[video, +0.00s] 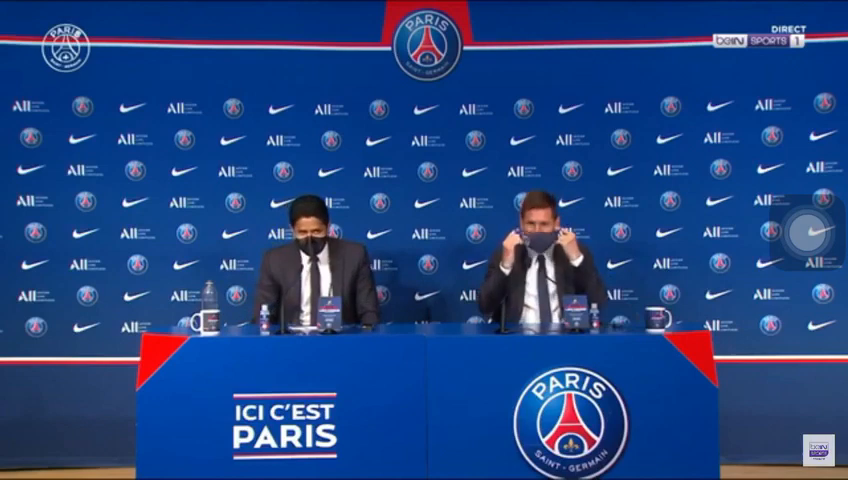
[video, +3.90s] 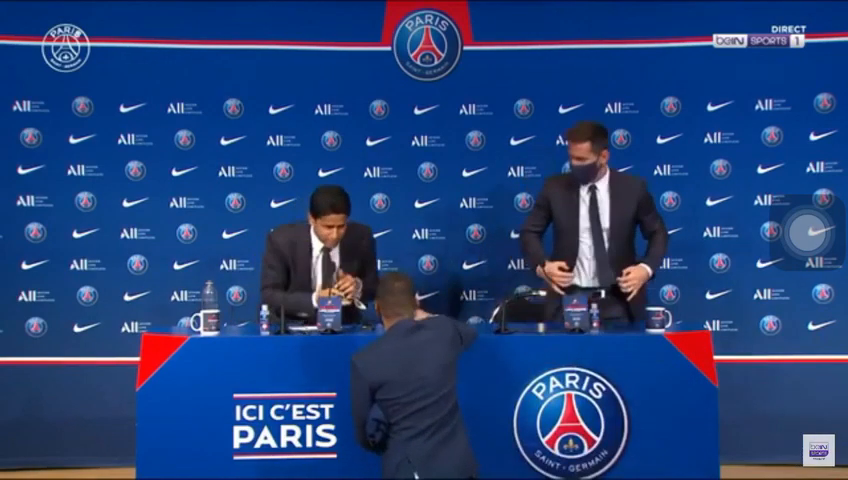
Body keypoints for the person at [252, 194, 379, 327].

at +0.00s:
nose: (310, 238)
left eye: (317, 231)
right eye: (302, 232)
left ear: (327, 227)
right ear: (293, 230)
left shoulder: (354, 254)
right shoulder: (275, 259)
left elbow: (368, 312)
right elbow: (263, 315)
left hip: (342, 346)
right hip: (291, 346)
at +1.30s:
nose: (315, 253)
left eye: (320, 246)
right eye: (307, 248)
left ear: (326, 238)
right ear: (291, 244)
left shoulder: (349, 263)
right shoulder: (269, 270)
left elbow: (382, 311)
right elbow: (238, 321)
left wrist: (369, 345)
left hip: (340, 352)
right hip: (287, 353)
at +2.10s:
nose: (312, 259)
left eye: (318, 253)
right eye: (305, 255)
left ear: (326, 242)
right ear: (290, 246)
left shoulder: (347, 257)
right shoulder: (268, 261)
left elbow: (373, 297)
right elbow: (238, 302)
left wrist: (366, 331)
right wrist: (259, 329)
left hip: (338, 348)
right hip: (287, 348)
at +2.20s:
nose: (310, 260)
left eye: (316, 254)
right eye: (303, 255)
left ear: (324, 243)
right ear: (289, 246)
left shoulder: (347, 255)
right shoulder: (268, 260)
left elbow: (374, 295)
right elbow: (240, 310)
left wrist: (358, 305)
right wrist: (264, 299)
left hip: (336, 344)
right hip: (285, 345)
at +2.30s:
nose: (309, 258)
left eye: (316, 252)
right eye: (302, 252)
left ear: (325, 242)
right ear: (290, 245)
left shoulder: (348, 253)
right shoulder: (271, 259)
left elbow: (375, 308)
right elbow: (252, 316)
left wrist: (348, 287)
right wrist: (275, 283)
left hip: (337, 342)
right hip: (289, 343)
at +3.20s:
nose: (318, 241)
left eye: (323, 232)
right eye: (310, 233)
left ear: (330, 227)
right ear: (296, 230)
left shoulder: (350, 250)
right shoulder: (273, 257)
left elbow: (368, 315)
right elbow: (263, 314)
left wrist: (355, 280)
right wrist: (295, 295)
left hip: (339, 342)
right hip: (291, 343)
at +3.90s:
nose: (334, 235)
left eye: (340, 227)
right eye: (328, 227)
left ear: (347, 220)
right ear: (312, 220)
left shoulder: (361, 237)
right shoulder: (282, 240)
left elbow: (372, 289)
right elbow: (270, 297)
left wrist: (358, 288)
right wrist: (315, 300)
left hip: (348, 334)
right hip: (298, 336)